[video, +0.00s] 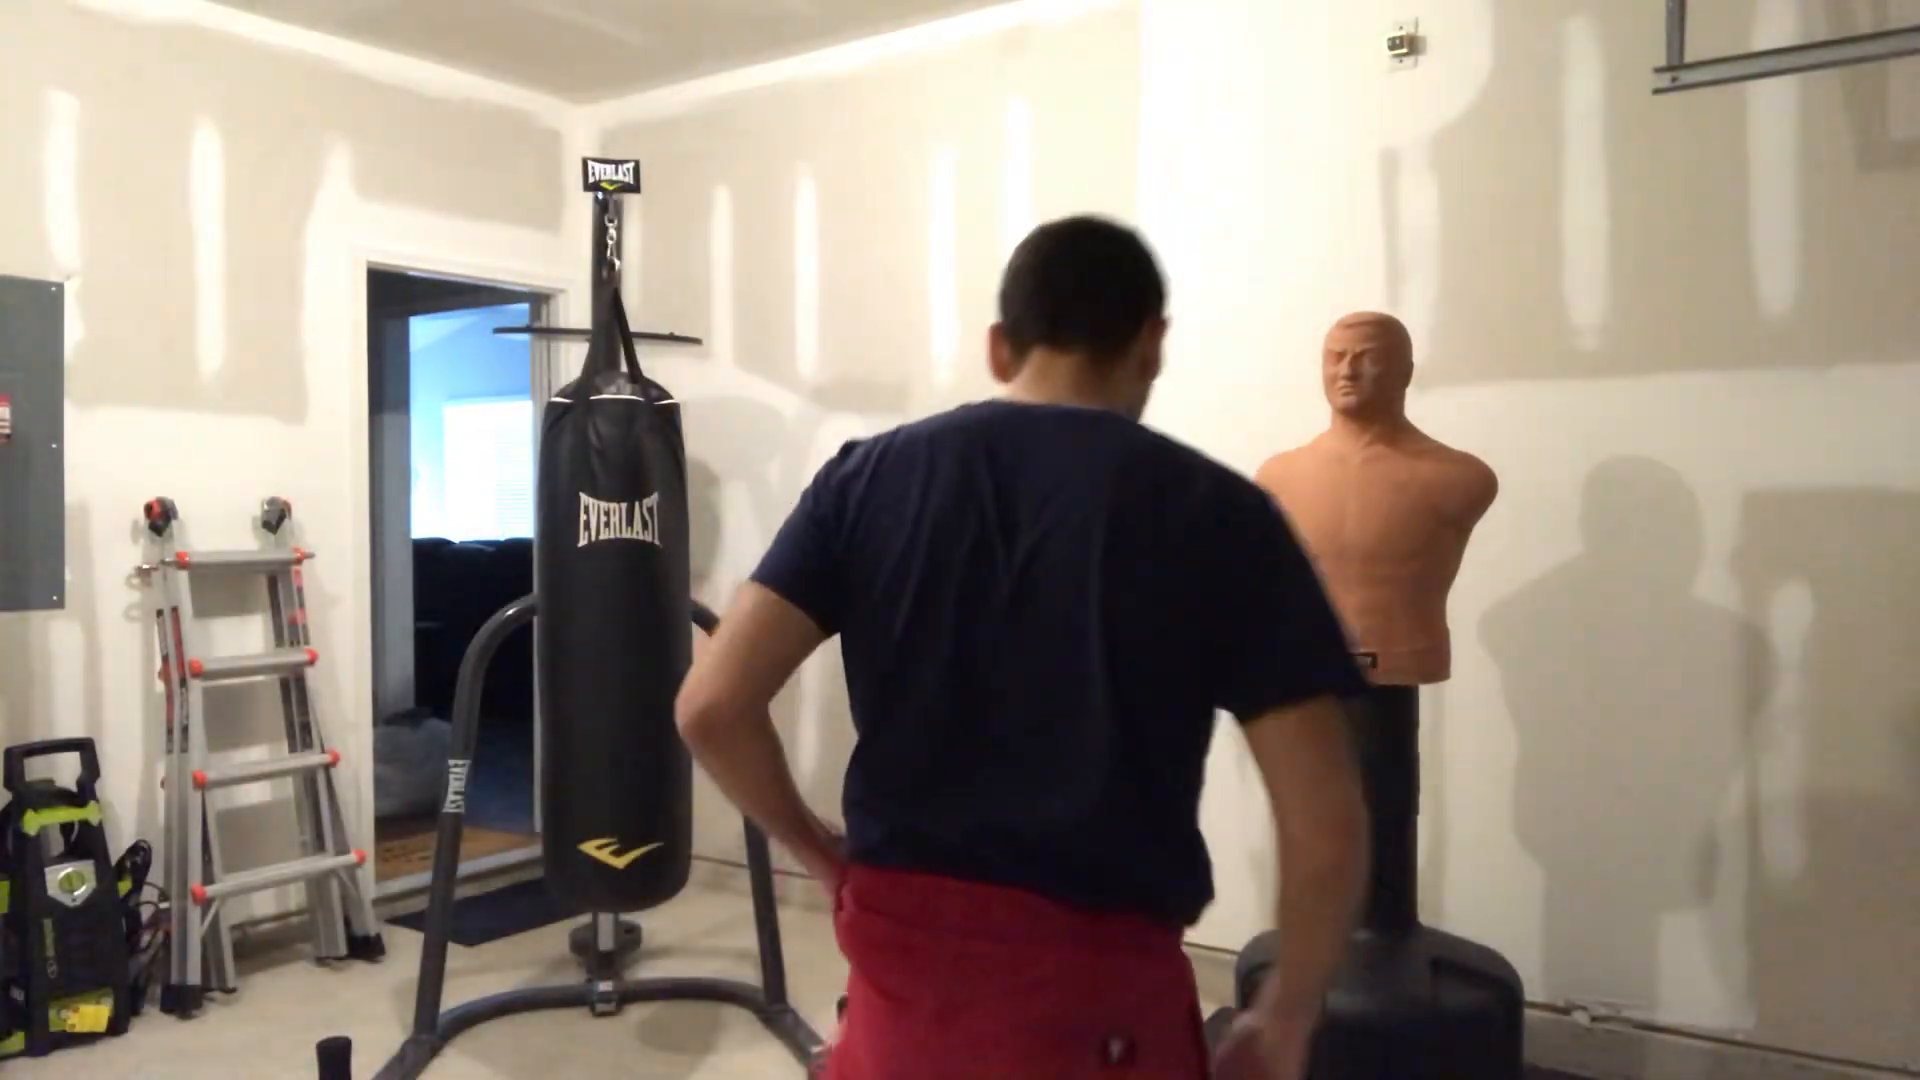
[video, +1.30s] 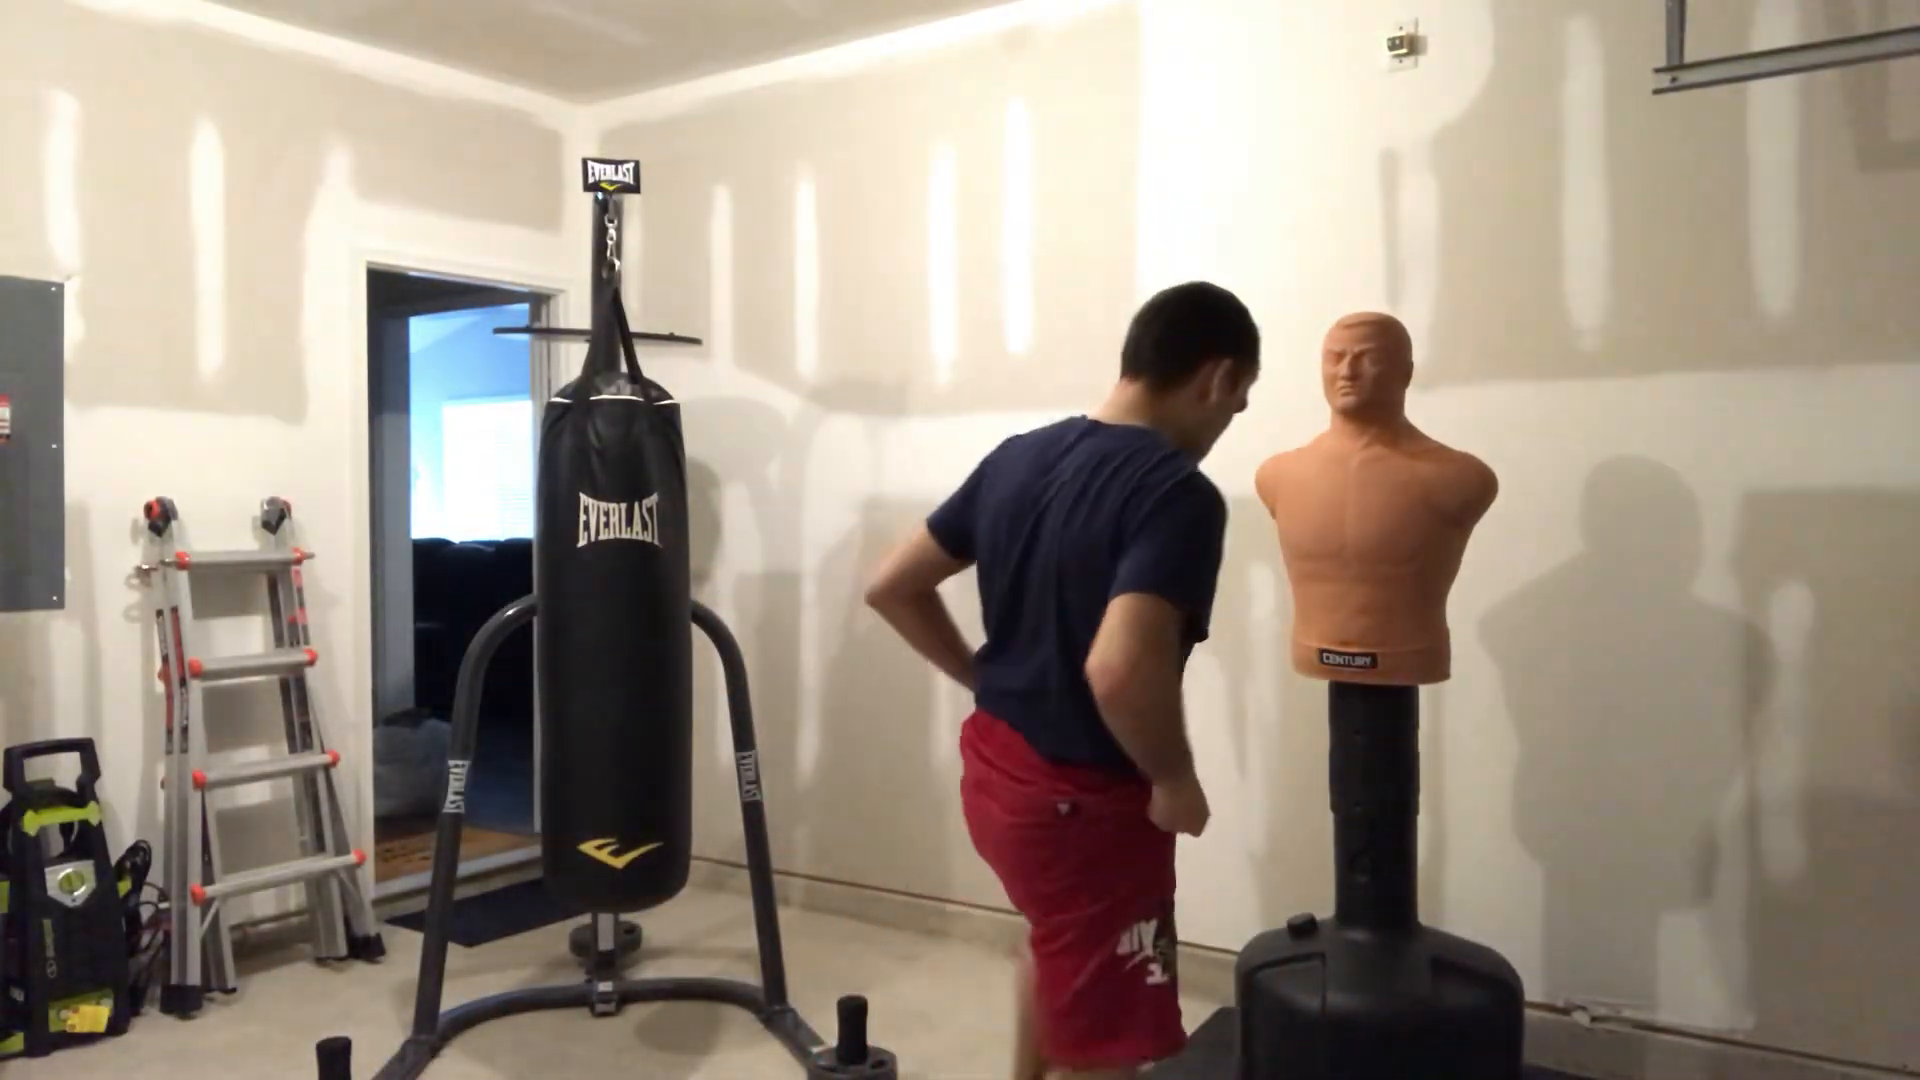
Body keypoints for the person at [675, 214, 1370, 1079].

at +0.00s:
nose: (1151, 367)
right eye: (1160, 350)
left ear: (995, 352)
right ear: (1154, 346)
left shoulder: (873, 478)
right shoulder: (1215, 511)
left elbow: (711, 708)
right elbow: (1327, 827)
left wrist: (822, 851)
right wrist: (1286, 1018)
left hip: (902, 975)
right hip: (1115, 982)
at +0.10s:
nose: (1110, 383)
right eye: (1114, 364)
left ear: (965, 364)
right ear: (1108, 361)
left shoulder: (853, 495)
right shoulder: (1173, 508)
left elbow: (711, 726)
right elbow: (1267, 794)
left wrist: (826, 850)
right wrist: (1238, 1011)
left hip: (902, 951)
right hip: (1097, 960)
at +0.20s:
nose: (1073, 373)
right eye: (1075, 353)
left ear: (935, 365)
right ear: (1065, 349)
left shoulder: (832, 487)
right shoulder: (1126, 482)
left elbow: (697, 707)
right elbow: (1194, 744)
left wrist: (831, 827)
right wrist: (1184, 956)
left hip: (890, 930)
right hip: (1062, 934)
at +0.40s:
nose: (1053, 383)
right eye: (1054, 363)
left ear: (924, 369)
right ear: (1040, 352)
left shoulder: (830, 481)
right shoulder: (1070, 460)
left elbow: (702, 679)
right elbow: (1110, 655)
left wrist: (834, 785)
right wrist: (1140, 834)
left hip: (879, 870)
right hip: (1030, 876)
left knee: (885, 1062)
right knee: (1091, 1060)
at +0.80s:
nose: (1168, 410)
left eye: (1173, 389)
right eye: (1171, 388)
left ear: (1057, 367)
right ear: (1152, 380)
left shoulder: (938, 472)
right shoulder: (1145, 498)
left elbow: (795, 616)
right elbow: (1132, 678)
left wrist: (900, 725)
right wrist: (1169, 798)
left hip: (936, 847)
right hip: (1063, 866)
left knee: (931, 1055)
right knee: (1112, 1067)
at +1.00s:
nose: (1204, 411)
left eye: (1212, 392)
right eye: (1209, 389)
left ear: (1097, 363)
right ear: (1186, 378)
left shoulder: (979, 461)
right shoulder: (1175, 488)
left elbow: (837, 602)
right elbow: (1157, 666)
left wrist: (935, 710)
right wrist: (1189, 789)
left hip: (966, 801)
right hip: (1082, 839)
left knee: (962, 935)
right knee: (1100, 1063)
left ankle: (921, 1073)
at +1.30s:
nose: (1232, 418)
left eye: (1241, 399)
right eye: (1240, 396)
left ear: (1133, 360)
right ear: (1218, 379)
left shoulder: (1023, 456)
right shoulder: (1178, 492)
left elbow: (894, 587)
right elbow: (1121, 667)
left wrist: (979, 673)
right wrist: (1174, 777)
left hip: (994, 774)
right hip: (1083, 807)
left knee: (1053, 945)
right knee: (1107, 1049)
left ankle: (1034, 1068)